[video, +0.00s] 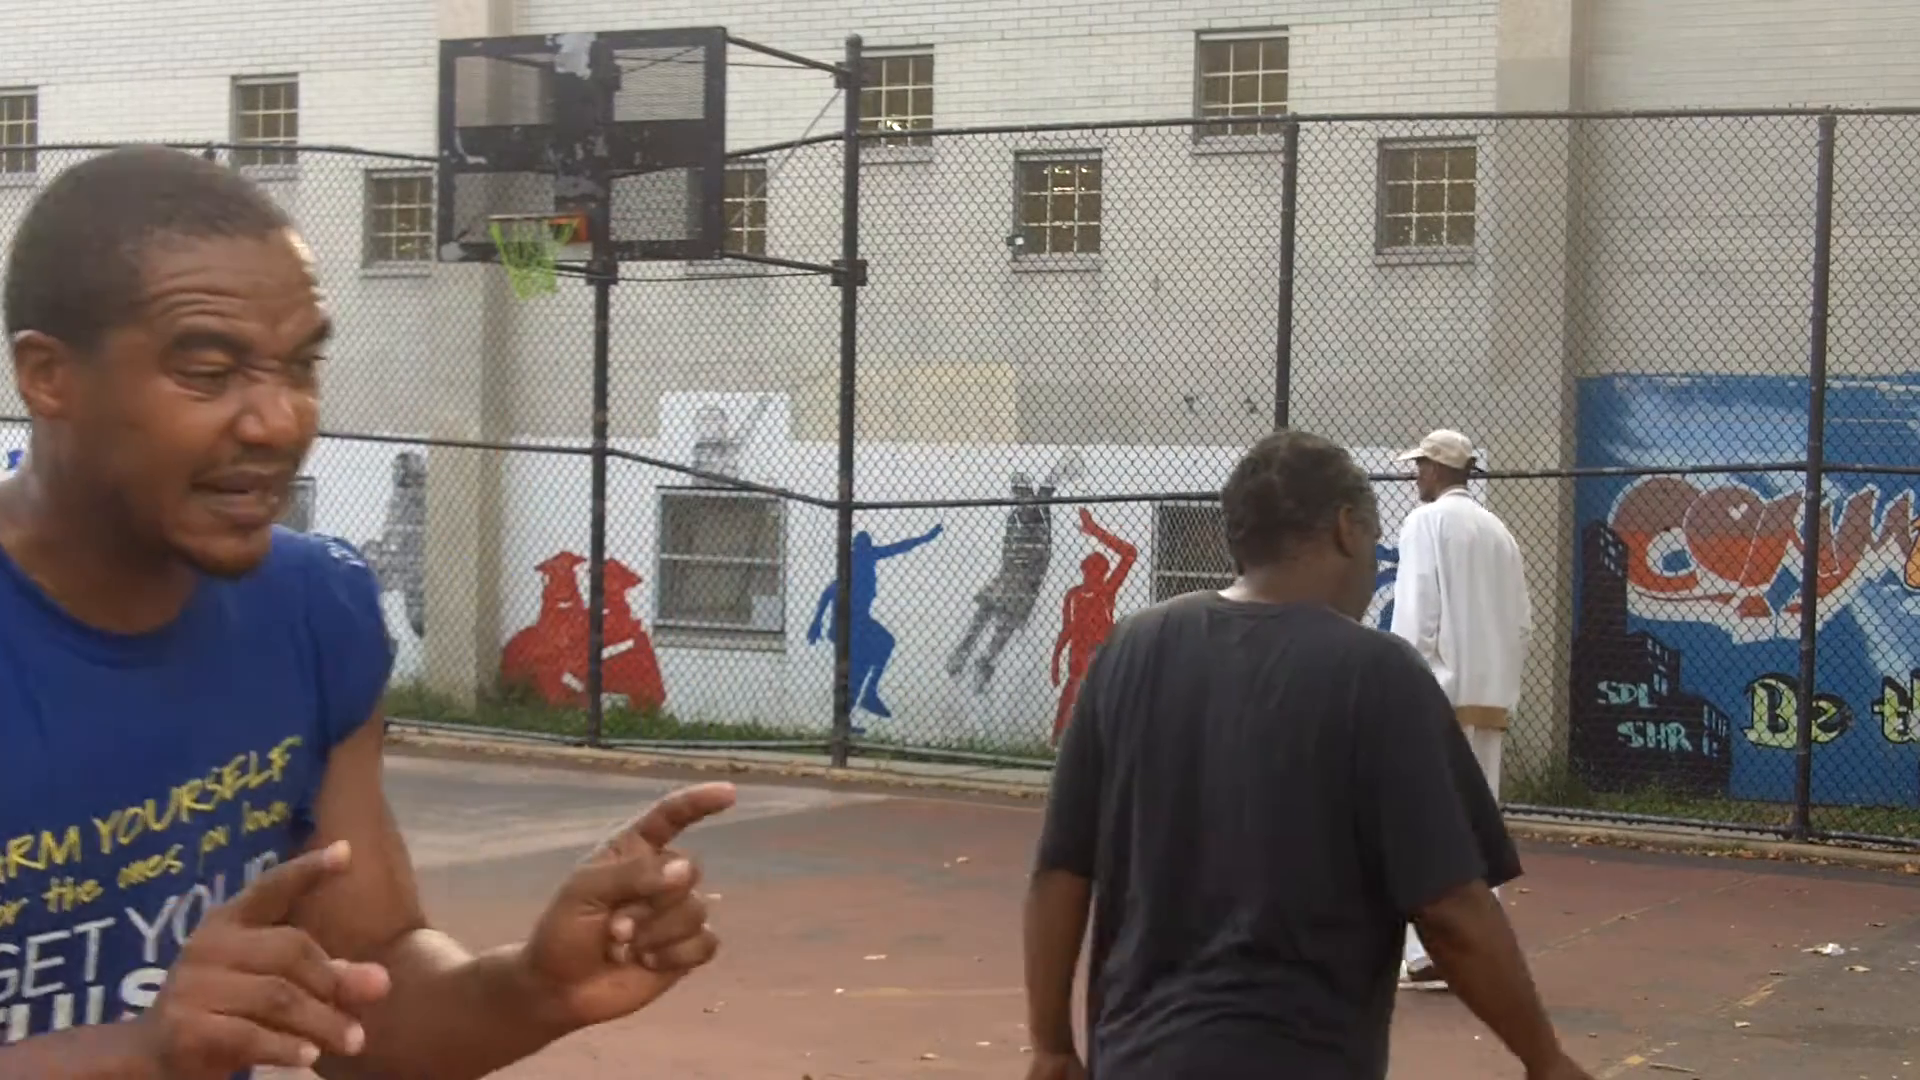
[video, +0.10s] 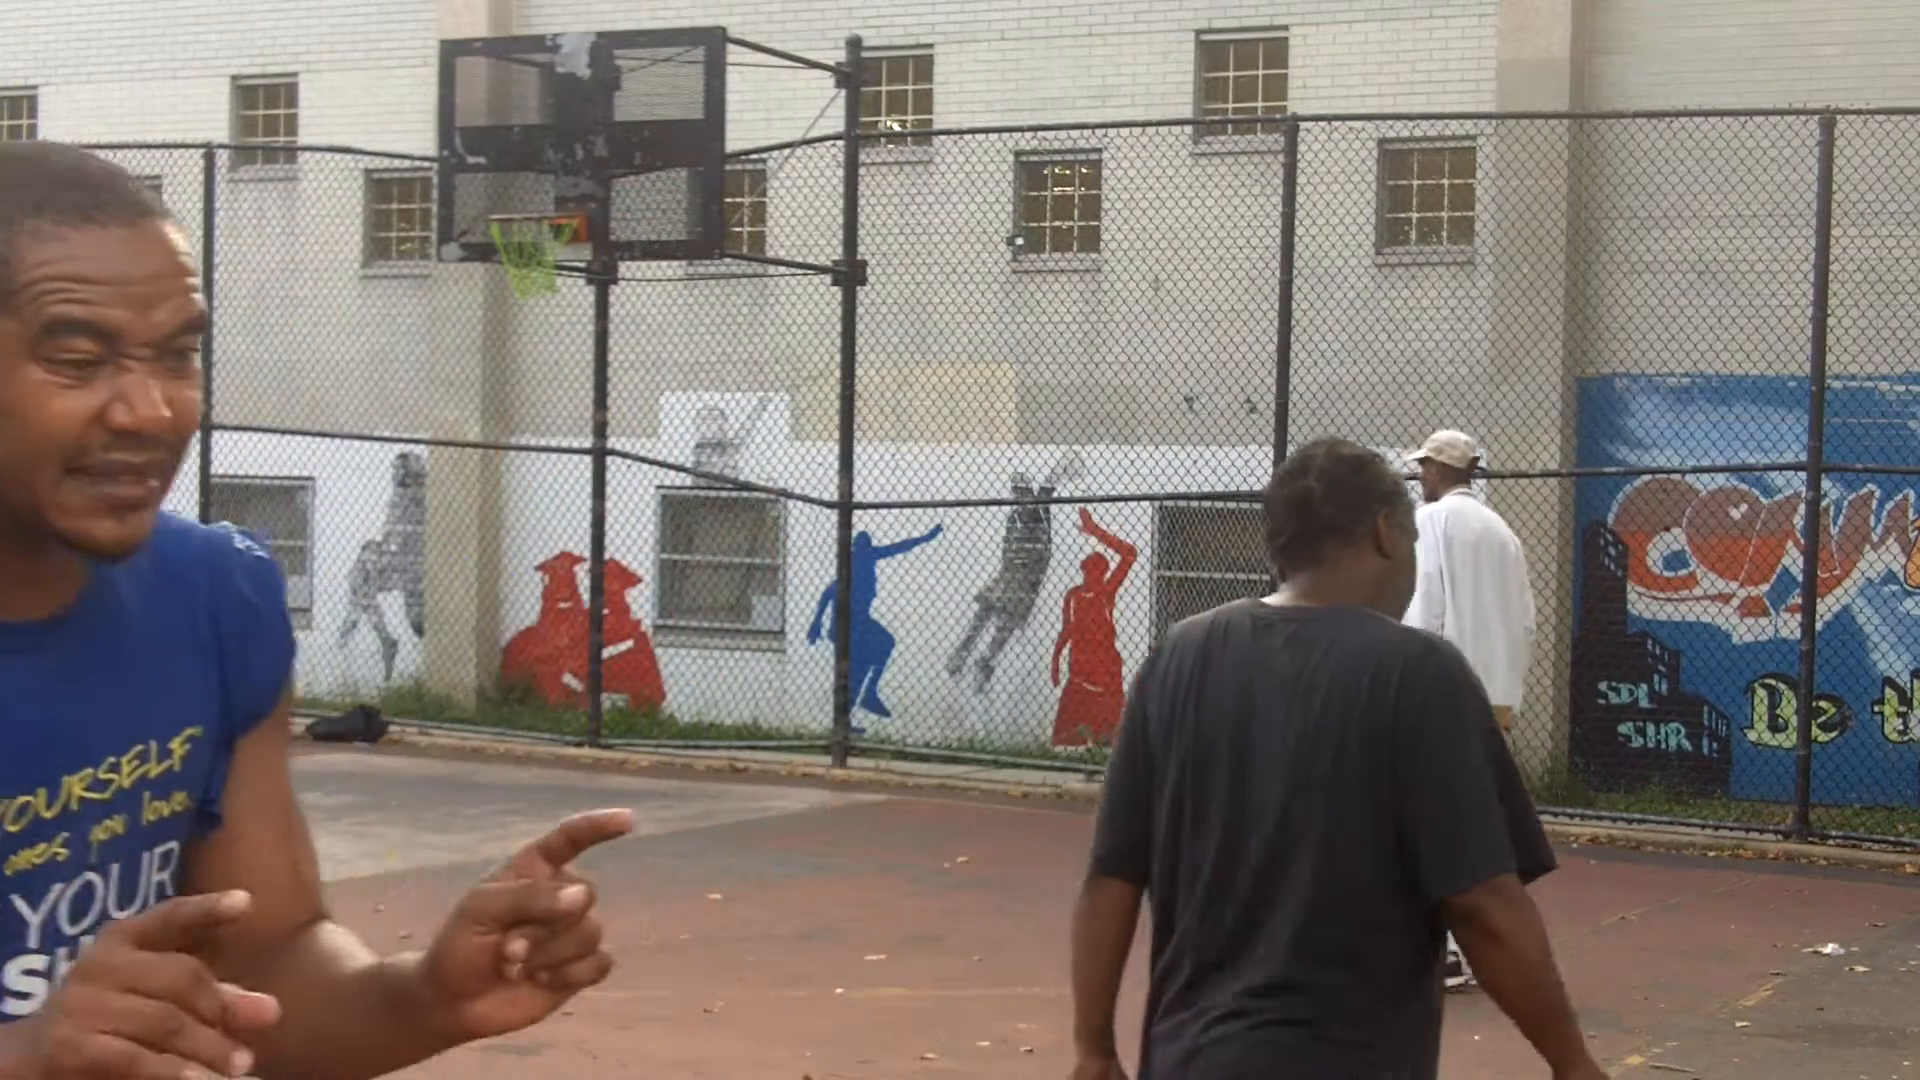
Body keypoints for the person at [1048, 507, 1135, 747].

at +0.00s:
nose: (1093, 575)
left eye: (1097, 570)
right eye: (1090, 569)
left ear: (1104, 572)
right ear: (1083, 570)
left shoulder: (1109, 589)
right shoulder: (1073, 594)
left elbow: (1130, 554)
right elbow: (1067, 628)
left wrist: (1095, 530)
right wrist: (1056, 656)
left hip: (1102, 645)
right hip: (1078, 646)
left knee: (1098, 686)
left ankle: (1095, 737)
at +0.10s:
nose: (1095, 574)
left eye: (1099, 569)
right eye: (1091, 569)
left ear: (1104, 572)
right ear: (1084, 569)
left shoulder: (1109, 590)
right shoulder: (1073, 595)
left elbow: (1130, 554)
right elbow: (1067, 629)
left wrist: (1096, 531)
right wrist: (1056, 658)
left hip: (1106, 658)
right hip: (1080, 659)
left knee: (1108, 707)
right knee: (1075, 705)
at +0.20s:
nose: (1094, 574)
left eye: (1098, 569)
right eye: (1091, 569)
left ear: (1104, 572)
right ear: (1083, 569)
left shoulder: (1109, 590)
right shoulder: (1073, 595)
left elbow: (1129, 554)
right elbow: (1067, 629)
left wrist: (1096, 531)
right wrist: (1056, 658)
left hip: (1105, 656)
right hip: (1080, 657)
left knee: (1108, 702)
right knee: (1076, 703)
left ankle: (1114, 744)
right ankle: (1070, 745)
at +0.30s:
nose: (1094, 574)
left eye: (1098, 570)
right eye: (1090, 569)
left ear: (1104, 572)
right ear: (1083, 569)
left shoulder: (1109, 590)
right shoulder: (1073, 595)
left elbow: (1129, 554)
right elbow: (1067, 629)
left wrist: (1095, 531)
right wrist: (1055, 658)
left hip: (1105, 657)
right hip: (1080, 657)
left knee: (1108, 703)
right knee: (1076, 703)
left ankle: (1114, 745)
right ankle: (1071, 745)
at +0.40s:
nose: (1094, 574)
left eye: (1098, 570)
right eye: (1090, 569)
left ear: (1104, 572)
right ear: (1083, 569)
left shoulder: (1109, 590)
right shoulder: (1073, 594)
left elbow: (1129, 554)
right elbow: (1067, 629)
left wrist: (1096, 531)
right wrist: (1055, 658)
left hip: (1105, 656)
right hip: (1080, 657)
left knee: (1108, 702)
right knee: (1076, 703)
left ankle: (1116, 744)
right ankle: (1070, 745)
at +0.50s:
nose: (1094, 575)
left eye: (1098, 570)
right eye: (1090, 569)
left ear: (1104, 572)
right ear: (1083, 569)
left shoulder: (1109, 590)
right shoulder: (1073, 594)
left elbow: (1129, 554)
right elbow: (1067, 629)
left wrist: (1095, 531)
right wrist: (1055, 658)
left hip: (1105, 657)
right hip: (1080, 657)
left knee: (1109, 703)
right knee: (1075, 703)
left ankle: (1116, 745)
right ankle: (1070, 745)